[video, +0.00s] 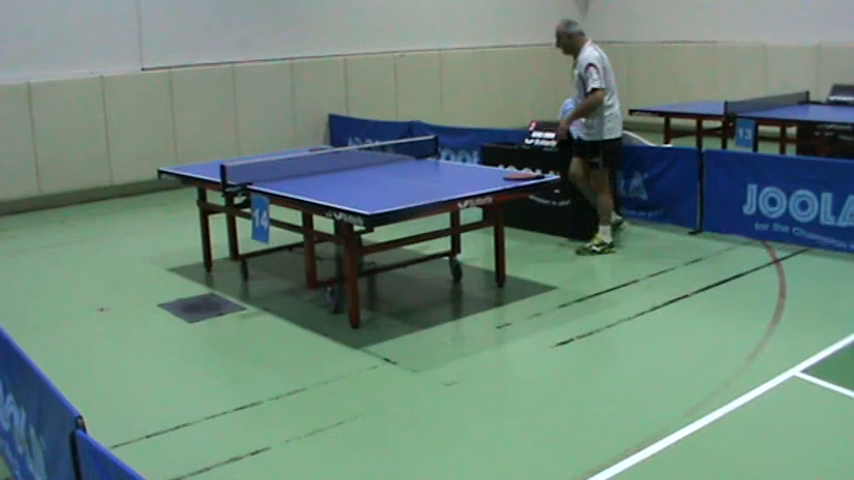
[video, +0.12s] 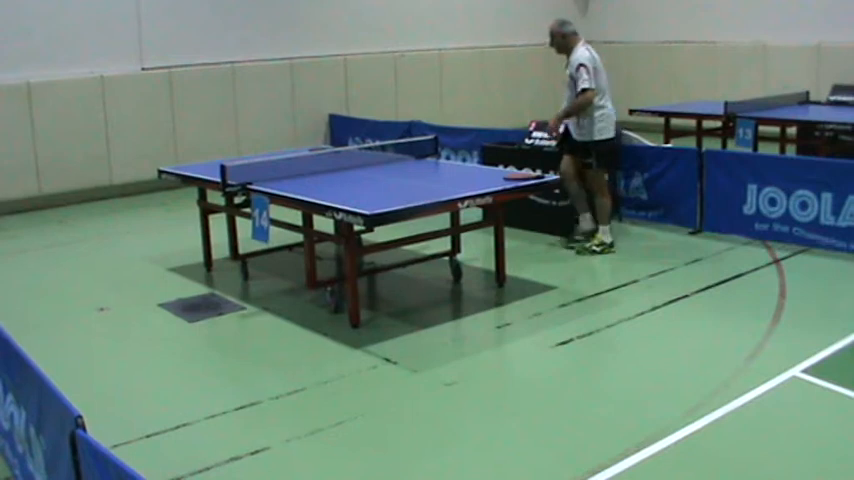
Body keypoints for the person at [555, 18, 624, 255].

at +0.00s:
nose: (558, 46)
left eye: (560, 40)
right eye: (557, 41)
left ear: (572, 37)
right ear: (574, 36)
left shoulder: (589, 59)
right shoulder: (585, 57)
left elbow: (597, 97)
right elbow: (590, 96)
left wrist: (568, 120)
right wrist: (572, 119)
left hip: (602, 133)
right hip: (589, 131)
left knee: (600, 183)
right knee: (576, 173)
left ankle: (604, 235)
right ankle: (610, 216)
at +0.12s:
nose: (551, 44)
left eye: (553, 39)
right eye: (551, 39)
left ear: (565, 36)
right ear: (568, 35)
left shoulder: (581, 58)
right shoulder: (578, 56)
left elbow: (587, 96)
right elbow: (583, 96)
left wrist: (558, 118)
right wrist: (566, 122)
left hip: (596, 132)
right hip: (581, 131)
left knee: (597, 181)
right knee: (568, 172)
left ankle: (605, 235)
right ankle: (586, 223)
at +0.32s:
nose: (529, 43)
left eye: (532, 38)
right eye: (529, 38)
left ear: (545, 37)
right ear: (549, 37)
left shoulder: (555, 58)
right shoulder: (564, 54)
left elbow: (561, 97)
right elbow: (570, 95)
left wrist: (536, 119)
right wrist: (545, 118)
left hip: (573, 133)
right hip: (567, 132)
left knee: (583, 183)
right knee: (549, 181)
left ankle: (602, 235)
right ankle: (530, 229)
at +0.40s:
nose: (520, 45)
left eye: (521, 40)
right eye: (519, 40)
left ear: (534, 37)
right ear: (538, 37)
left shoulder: (545, 59)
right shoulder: (553, 55)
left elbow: (551, 97)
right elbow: (560, 95)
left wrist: (529, 118)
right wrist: (540, 120)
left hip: (559, 135)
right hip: (557, 134)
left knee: (571, 182)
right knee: (539, 182)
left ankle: (598, 233)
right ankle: (525, 231)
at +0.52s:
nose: (506, 40)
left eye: (509, 35)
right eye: (507, 35)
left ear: (521, 34)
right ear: (526, 34)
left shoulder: (530, 55)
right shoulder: (541, 52)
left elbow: (537, 92)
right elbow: (545, 92)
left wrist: (517, 119)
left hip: (539, 131)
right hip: (547, 129)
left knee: (540, 180)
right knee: (535, 181)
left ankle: (580, 221)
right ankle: (523, 230)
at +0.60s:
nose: (499, 39)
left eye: (502, 33)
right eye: (500, 33)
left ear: (514, 33)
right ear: (520, 33)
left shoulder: (522, 55)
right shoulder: (535, 52)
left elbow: (527, 92)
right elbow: (538, 90)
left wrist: (509, 121)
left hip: (529, 130)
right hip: (540, 128)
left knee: (526, 180)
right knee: (527, 180)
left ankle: (559, 216)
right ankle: (524, 230)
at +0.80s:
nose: (482, 38)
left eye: (484, 33)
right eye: (483, 33)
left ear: (496, 33)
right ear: (503, 33)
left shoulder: (500, 56)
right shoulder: (521, 53)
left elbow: (503, 94)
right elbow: (514, 92)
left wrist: (487, 123)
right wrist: (486, 115)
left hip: (504, 130)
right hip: (523, 128)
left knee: (492, 177)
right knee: (522, 179)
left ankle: (492, 228)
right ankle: (524, 229)